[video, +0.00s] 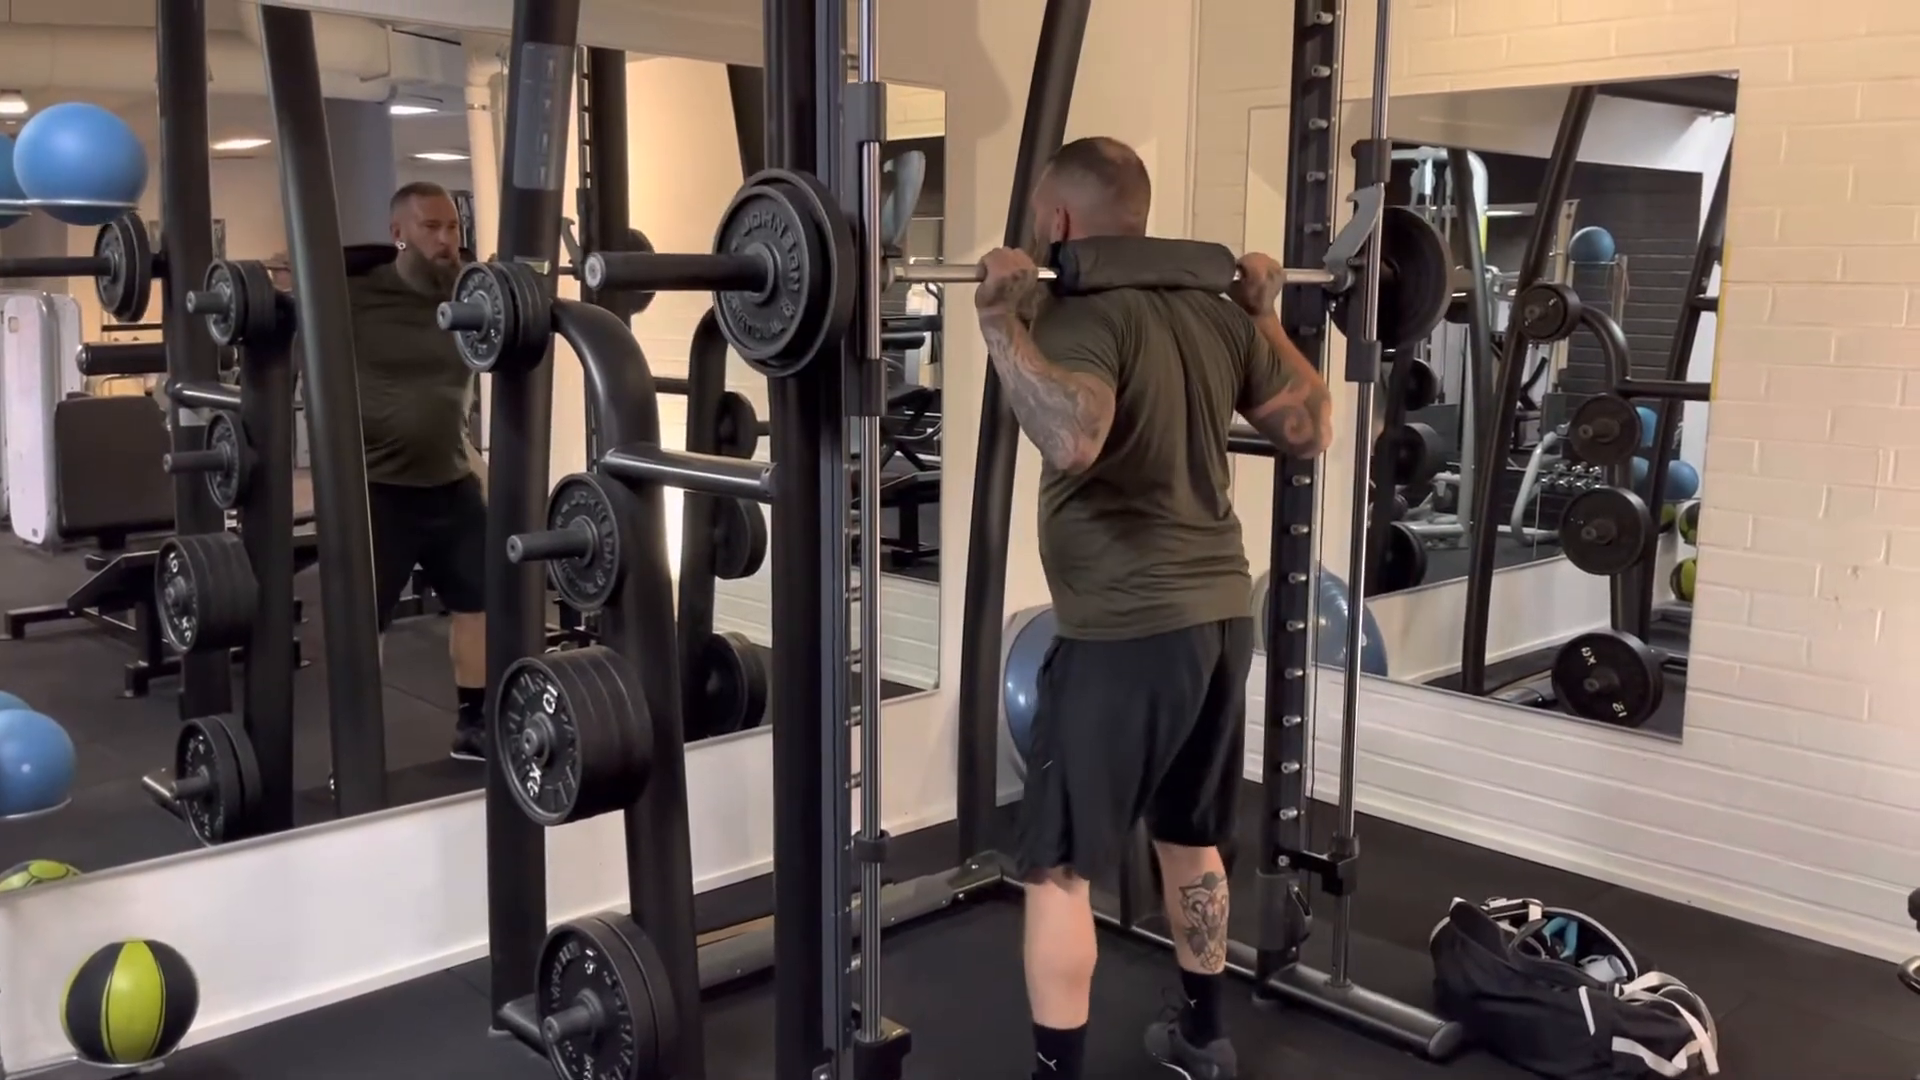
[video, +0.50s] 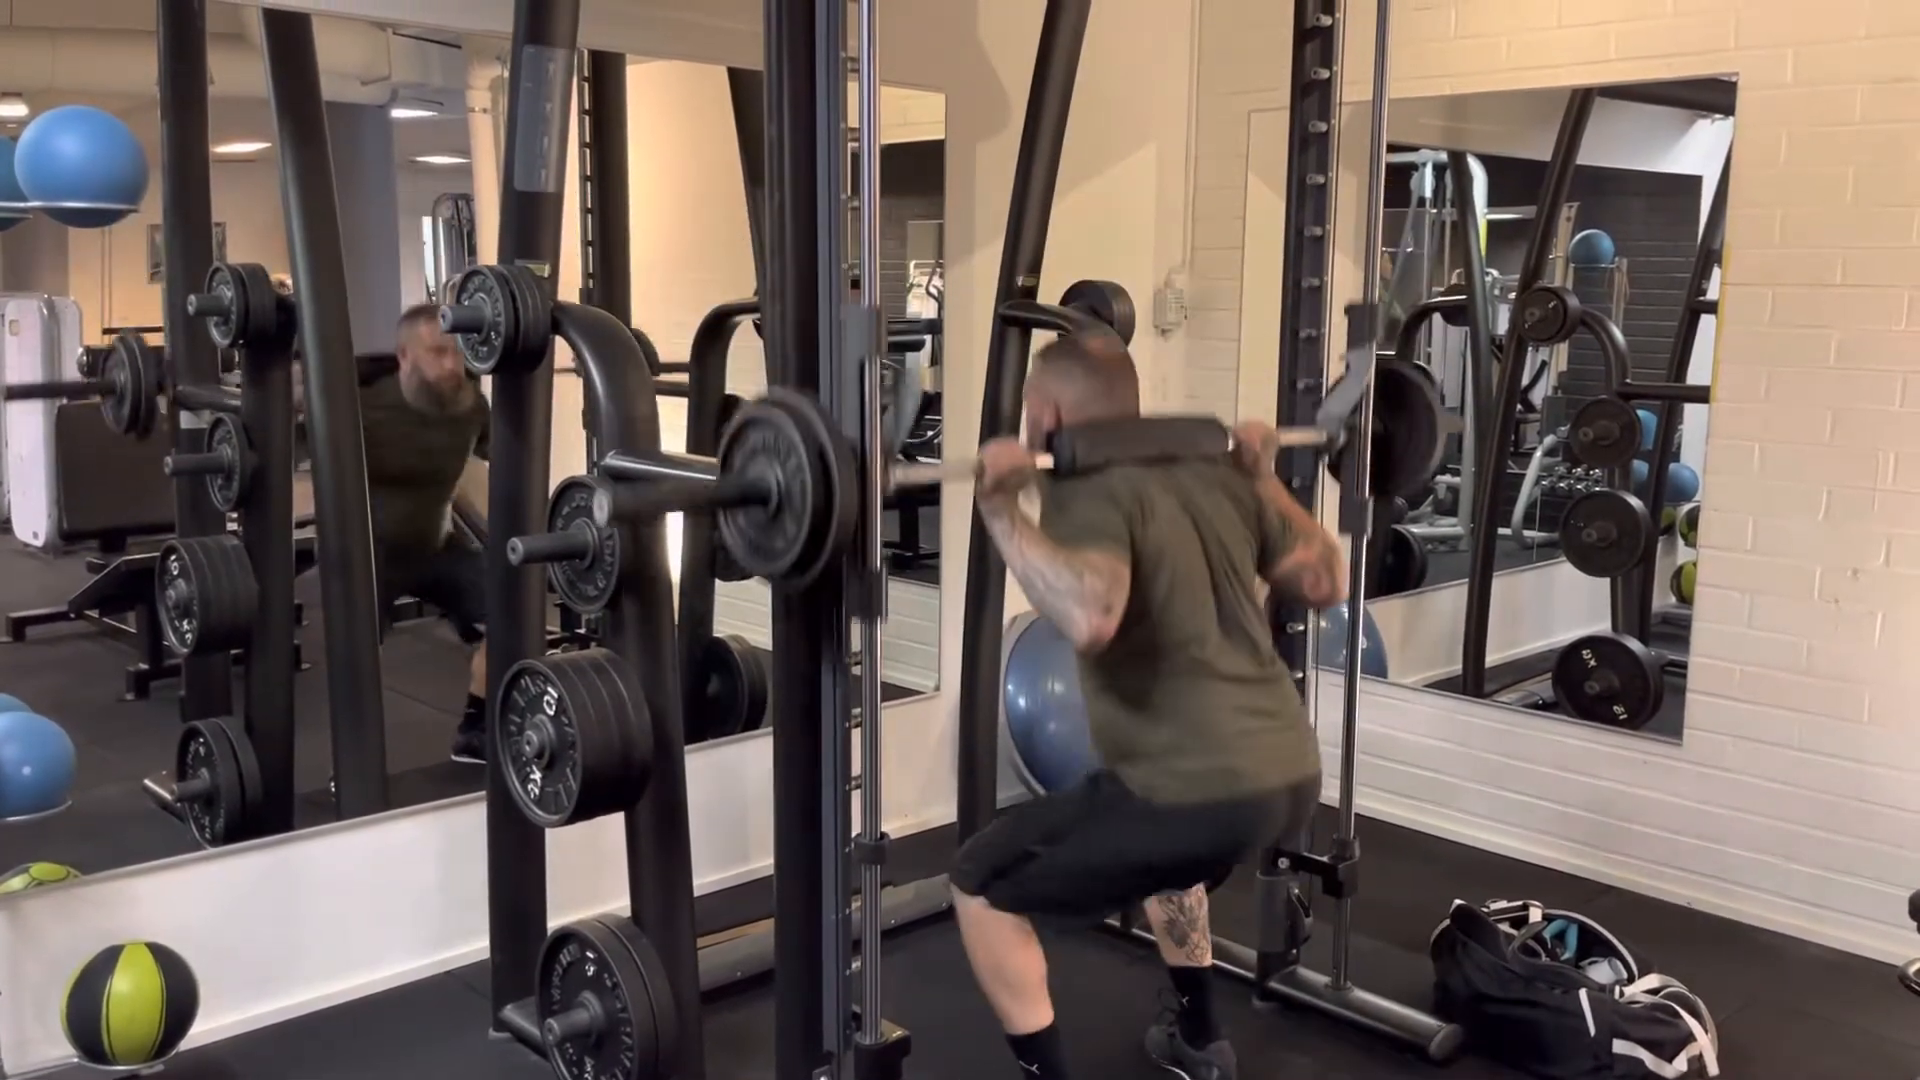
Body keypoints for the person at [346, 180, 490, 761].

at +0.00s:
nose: (449, 238)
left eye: (455, 227)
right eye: (434, 227)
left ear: (462, 232)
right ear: (399, 232)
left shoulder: (467, 297)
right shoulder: (354, 297)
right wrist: (274, 287)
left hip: (452, 484)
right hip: (376, 488)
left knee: (477, 597)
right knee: (359, 619)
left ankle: (475, 723)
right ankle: (352, 737)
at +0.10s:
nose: (449, 243)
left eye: (455, 232)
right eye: (434, 231)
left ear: (463, 237)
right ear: (400, 237)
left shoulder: (465, 301)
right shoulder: (353, 300)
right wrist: (273, 293)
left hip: (449, 485)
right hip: (374, 490)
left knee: (476, 597)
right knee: (356, 618)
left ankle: (475, 723)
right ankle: (350, 735)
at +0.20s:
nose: (449, 260)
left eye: (454, 248)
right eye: (435, 248)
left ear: (462, 251)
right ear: (401, 252)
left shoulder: (467, 313)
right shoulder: (356, 313)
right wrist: (264, 290)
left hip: (445, 495)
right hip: (372, 499)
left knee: (486, 593)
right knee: (353, 625)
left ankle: (476, 726)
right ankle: (350, 744)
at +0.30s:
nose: (447, 289)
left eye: (452, 278)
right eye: (435, 277)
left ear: (457, 280)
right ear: (404, 279)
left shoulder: (460, 344)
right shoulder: (361, 339)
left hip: (445, 510)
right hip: (376, 511)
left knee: (494, 594)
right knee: (355, 630)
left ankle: (476, 726)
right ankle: (352, 752)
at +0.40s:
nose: (448, 325)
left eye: (451, 312)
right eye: (435, 314)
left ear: (459, 313)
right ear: (404, 319)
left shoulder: (467, 375)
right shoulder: (362, 374)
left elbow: (457, 450)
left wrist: (492, 521)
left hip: (437, 528)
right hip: (370, 529)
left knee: (504, 596)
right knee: (354, 638)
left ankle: (477, 726)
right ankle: (353, 756)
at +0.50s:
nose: (453, 365)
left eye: (457, 350)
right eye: (438, 351)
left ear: (467, 353)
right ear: (405, 358)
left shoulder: (471, 408)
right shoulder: (363, 412)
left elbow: (500, 448)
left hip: (436, 551)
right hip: (367, 556)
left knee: (509, 604)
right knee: (352, 644)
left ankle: (477, 726)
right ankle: (353, 756)